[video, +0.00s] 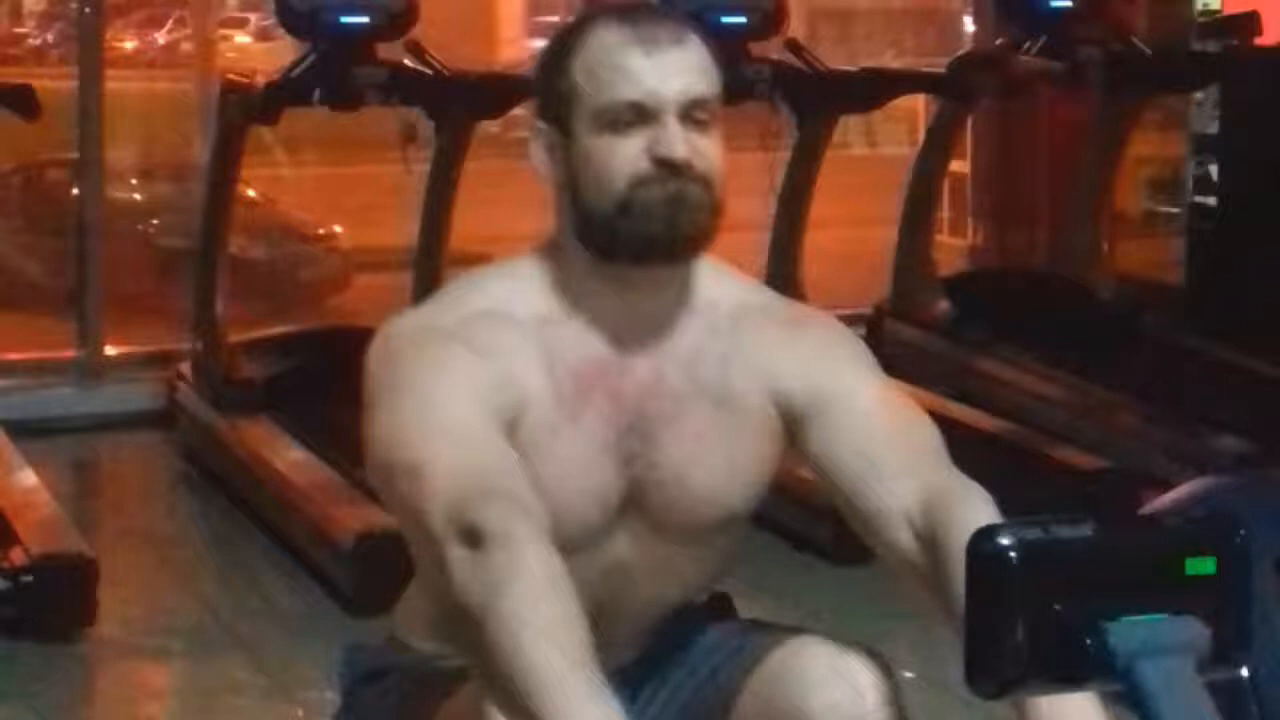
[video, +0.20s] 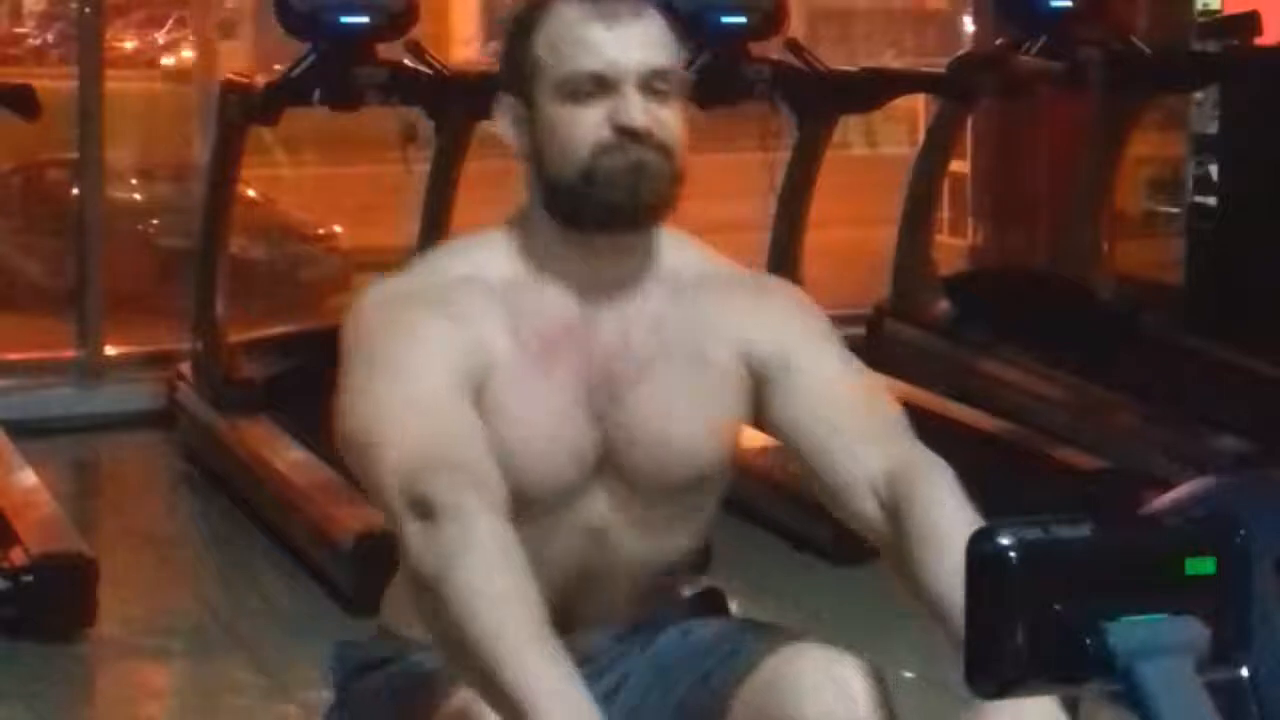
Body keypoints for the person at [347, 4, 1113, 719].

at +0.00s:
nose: (673, 149)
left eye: (697, 118)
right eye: (626, 121)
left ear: (724, 140)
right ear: (548, 153)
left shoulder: (792, 344)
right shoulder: (439, 352)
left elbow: (934, 513)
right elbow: (495, 554)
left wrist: (1062, 683)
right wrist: (589, 713)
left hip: (656, 659)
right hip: (450, 667)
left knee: (841, 687)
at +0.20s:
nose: (632, 118)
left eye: (657, 90)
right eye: (587, 91)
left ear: (687, 114)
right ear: (515, 122)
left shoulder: (756, 312)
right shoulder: (415, 316)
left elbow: (897, 485)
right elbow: (448, 518)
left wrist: (1025, 680)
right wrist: (561, 711)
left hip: (659, 647)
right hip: (450, 657)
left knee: (831, 688)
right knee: (475, 710)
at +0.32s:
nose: (571, 77)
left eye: (591, 53)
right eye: (527, 55)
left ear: (619, 82)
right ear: (458, 89)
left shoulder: (699, 267)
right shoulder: (378, 275)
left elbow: (831, 419)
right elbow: (394, 463)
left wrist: (926, 567)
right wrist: (514, 618)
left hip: (626, 629)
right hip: (425, 634)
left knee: (811, 691)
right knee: (480, 710)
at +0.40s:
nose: (544, 66)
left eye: (568, 41)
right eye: (503, 44)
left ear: (600, 70)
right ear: (436, 78)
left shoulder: (672, 249)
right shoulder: (359, 262)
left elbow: (801, 399)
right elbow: (354, 440)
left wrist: (886, 542)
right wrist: (476, 591)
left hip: (618, 626)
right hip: (412, 633)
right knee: (471, 705)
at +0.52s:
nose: (516, 76)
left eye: (537, 50)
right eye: (476, 52)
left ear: (566, 70)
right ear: (412, 76)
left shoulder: (640, 242)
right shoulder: (335, 257)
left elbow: (769, 389)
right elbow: (289, 434)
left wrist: (822, 502)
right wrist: (423, 546)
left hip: (601, 624)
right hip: (413, 631)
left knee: (733, 710)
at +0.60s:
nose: (502, 94)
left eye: (524, 70)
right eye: (466, 72)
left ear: (548, 88)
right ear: (401, 91)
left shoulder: (610, 247)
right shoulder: (324, 260)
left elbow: (741, 400)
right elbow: (228, 456)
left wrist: (760, 474)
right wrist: (361, 506)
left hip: (601, 622)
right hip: (410, 635)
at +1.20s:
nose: (529, 92)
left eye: (550, 67)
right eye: (492, 68)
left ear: (575, 87)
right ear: (425, 90)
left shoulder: (632, 258)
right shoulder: (339, 266)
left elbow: (776, 405)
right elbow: (222, 449)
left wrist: (780, 484)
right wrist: (367, 530)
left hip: (616, 620)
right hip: (426, 630)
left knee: (779, 715)